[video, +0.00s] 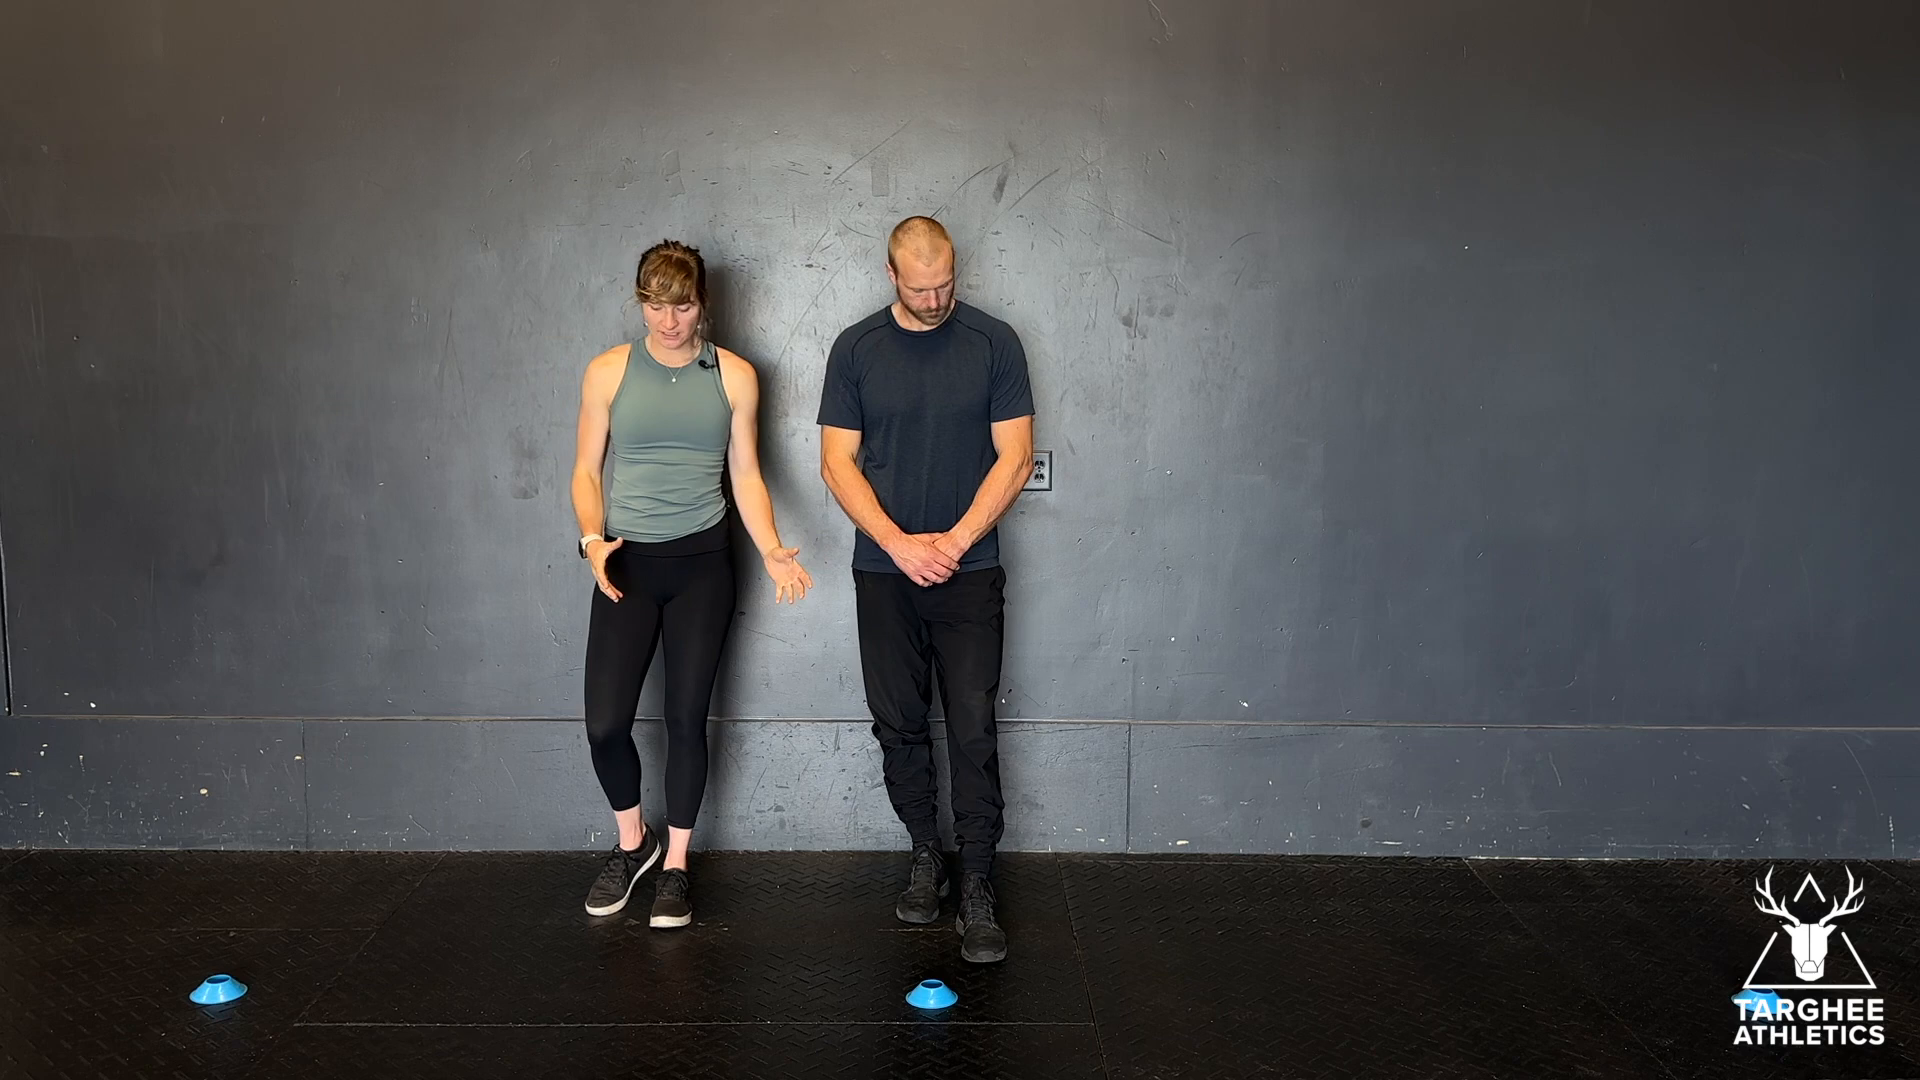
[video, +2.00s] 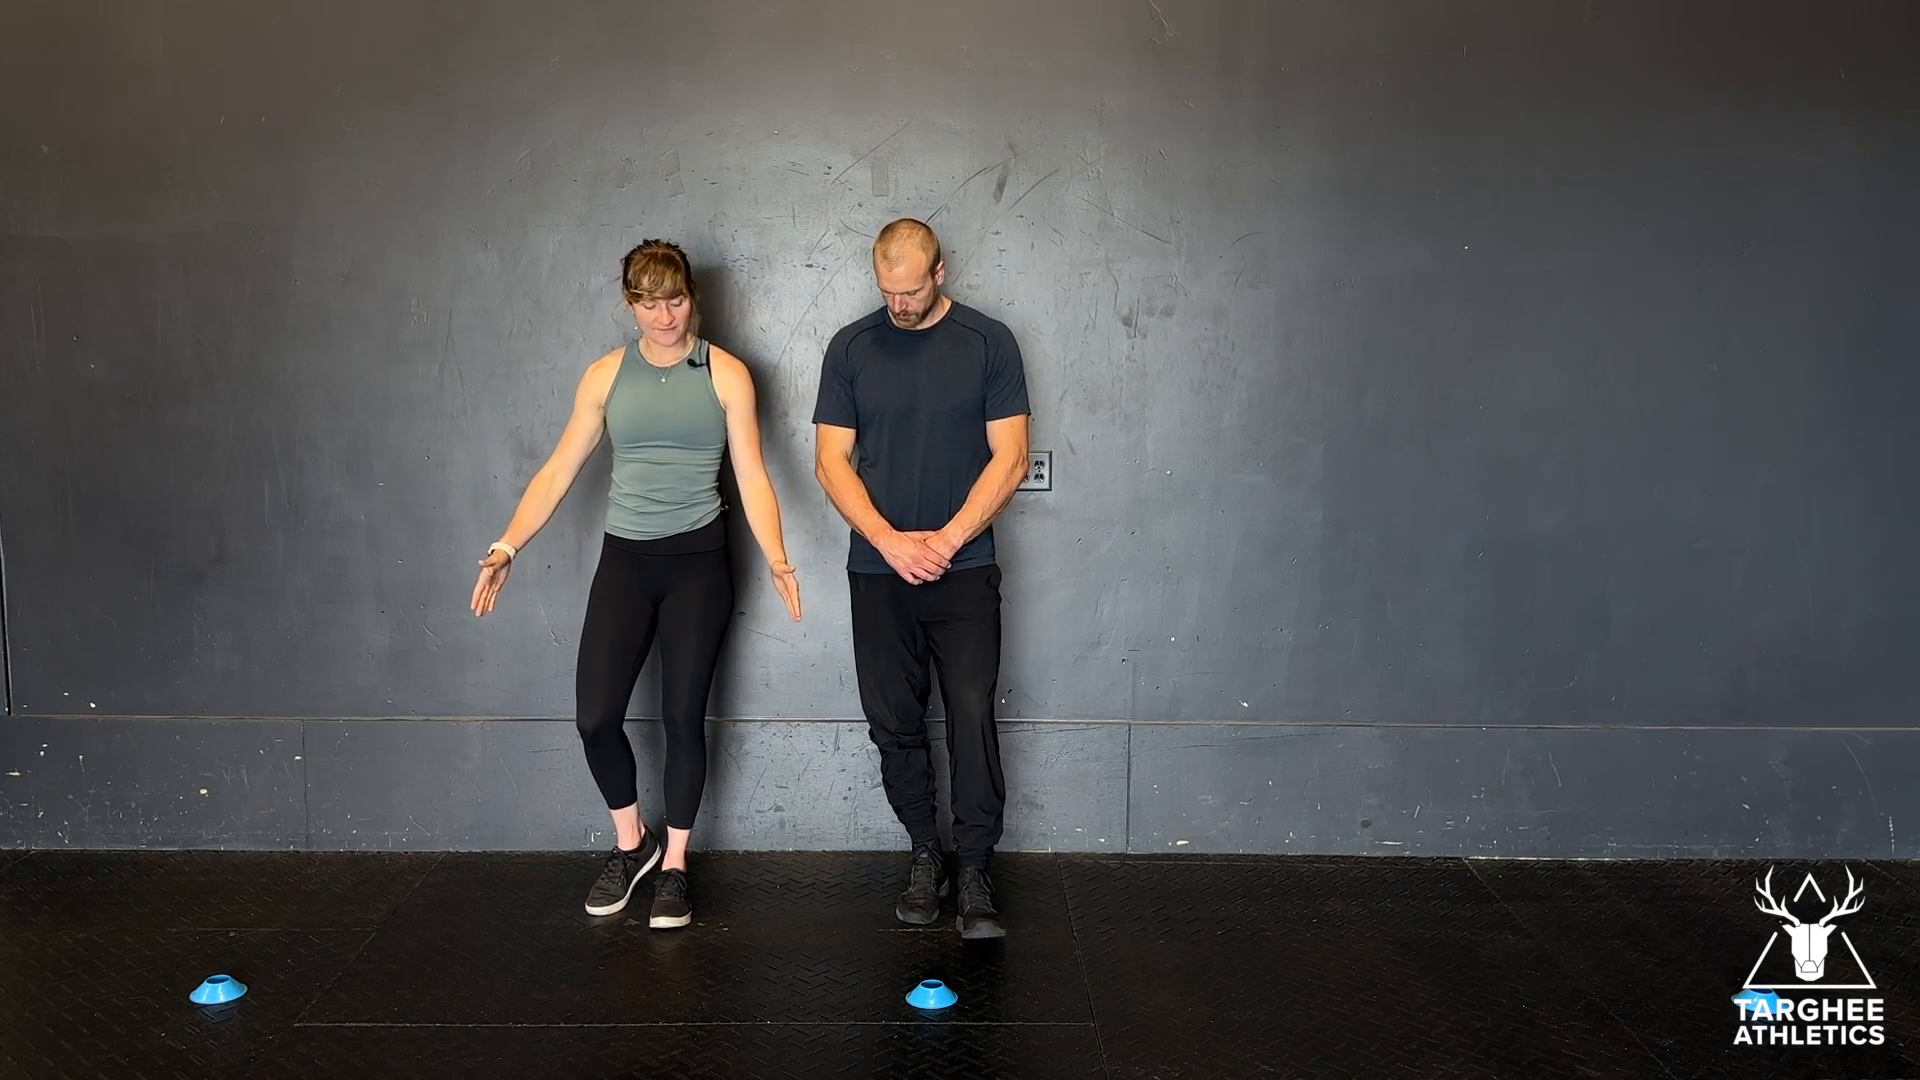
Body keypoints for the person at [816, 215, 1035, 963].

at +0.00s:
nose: (936, 295)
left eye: (945, 281)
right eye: (922, 285)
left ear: (954, 267)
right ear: (893, 274)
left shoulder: (992, 343)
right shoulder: (856, 348)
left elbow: (1016, 460)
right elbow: (836, 464)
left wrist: (954, 541)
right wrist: (896, 541)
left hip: (968, 570)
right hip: (885, 571)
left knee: (972, 731)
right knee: (899, 726)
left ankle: (977, 884)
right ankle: (928, 856)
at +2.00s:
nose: (899, 304)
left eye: (911, 292)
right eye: (889, 292)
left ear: (938, 274)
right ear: (874, 278)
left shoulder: (988, 343)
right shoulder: (851, 348)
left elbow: (1011, 461)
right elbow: (830, 461)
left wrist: (946, 539)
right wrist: (887, 538)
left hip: (963, 564)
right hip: (878, 566)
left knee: (972, 715)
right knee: (895, 721)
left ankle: (975, 870)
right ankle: (926, 855)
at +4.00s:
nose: (973, 286)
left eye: (983, 274)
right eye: (960, 275)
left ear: (996, 265)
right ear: (937, 266)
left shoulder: (1030, 337)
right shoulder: (898, 343)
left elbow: (1055, 451)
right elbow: (882, 454)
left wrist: (997, 530)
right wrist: (937, 530)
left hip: (1008, 553)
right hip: (925, 553)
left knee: (1003, 705)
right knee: (920, 709)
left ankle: (992, 833)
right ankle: (925, 852)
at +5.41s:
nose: (974, 266)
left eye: (985, 253)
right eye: (965, 255)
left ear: (1016, 255)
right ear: (957, 261)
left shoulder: (1063, 339)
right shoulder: (932, 342)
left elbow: (1086, 450)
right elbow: (913, 450)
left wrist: (1026, 530)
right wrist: (969, 526)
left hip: (1036, 552)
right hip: (955, 551)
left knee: (1020, 701)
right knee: (948, 702)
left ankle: (994, 832)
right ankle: (945, 847)